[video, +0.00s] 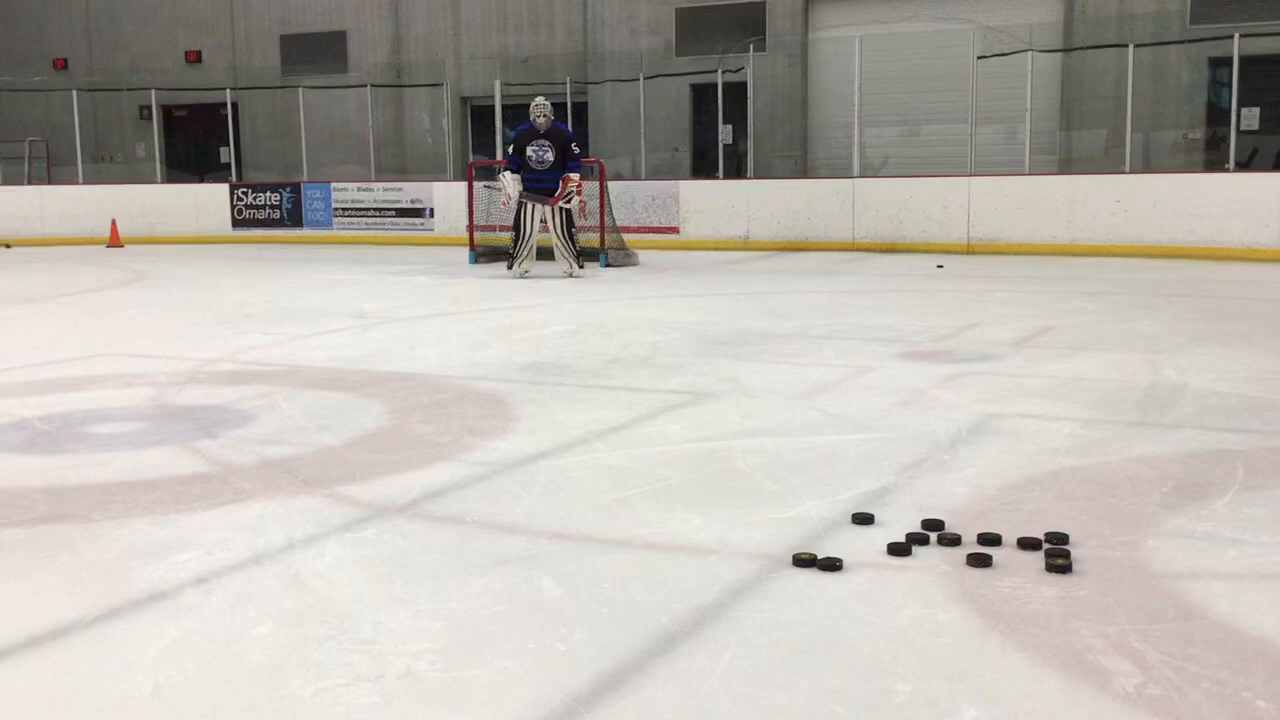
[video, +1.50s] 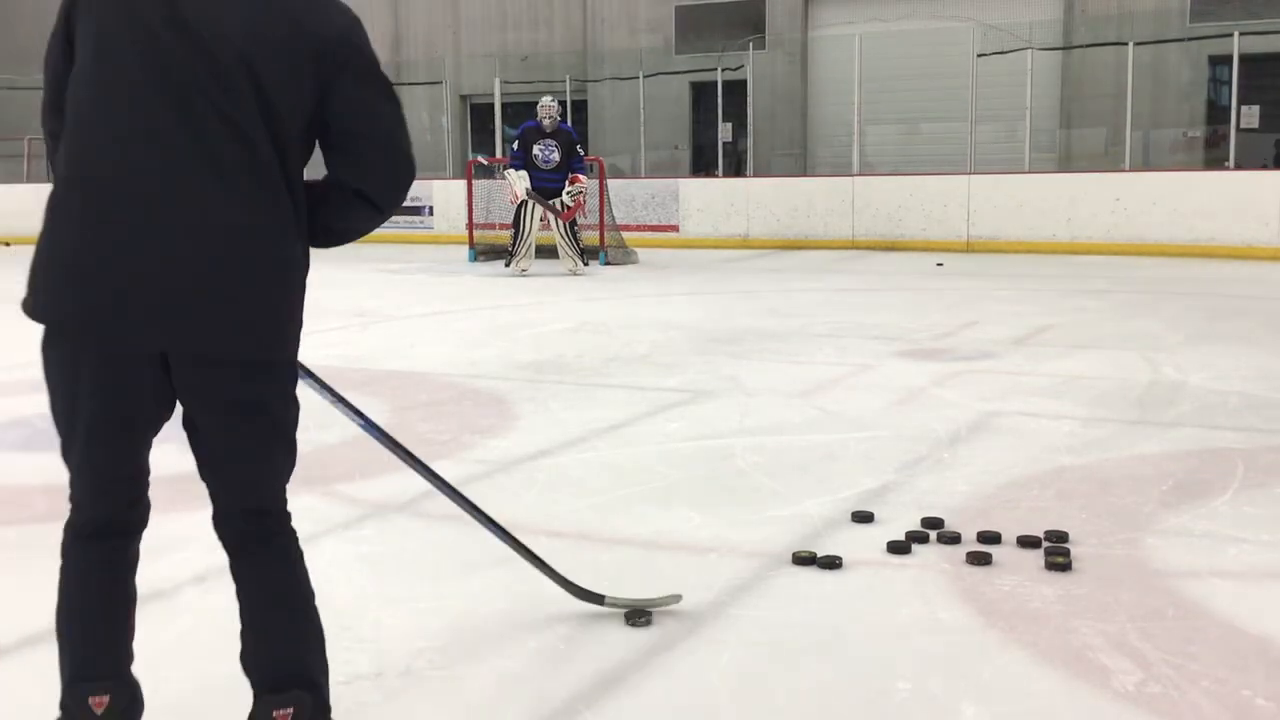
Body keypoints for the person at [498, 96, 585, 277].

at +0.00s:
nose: (541, 120)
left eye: (544, 116)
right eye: (537, 116)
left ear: (550, 116)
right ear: (531, 117)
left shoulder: (563, 134)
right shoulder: (522, 134)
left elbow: (574, 161)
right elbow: (513, 162)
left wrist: (571, 187)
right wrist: (511, 187)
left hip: (556, 193)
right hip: (529, 192)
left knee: (562, 232)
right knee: (524, 231)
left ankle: (572, 267)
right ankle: (520, 268)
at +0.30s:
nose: (542, 118)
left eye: (545, 114)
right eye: (538, 115)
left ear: (552, 115)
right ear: (533, 115)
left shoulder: (563, 133)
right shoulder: (522, 132)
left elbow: (575, 160)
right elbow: (510, 156)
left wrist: (574, 181)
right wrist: (510, 175)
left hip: (556, 191)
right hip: (529, 190)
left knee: (562, 230)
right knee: (523, 229)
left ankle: (572, 266)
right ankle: (520, 267)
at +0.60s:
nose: (546, 118)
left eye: (550, 114)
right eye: (543, 114)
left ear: (556, 115)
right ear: (537, 114)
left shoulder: (565, 133)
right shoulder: (526, 131)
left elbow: (576, 160)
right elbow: (516, 160)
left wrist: (576, 184)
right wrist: (514, 184)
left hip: (556, 190)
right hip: (530, 189)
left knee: (562, 228)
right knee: (523, 227)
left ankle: (573, 265)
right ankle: (520, 265)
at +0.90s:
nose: (549, 115)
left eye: (553, 111)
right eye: (546, 111)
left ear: (559, 113)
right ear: (539, 113)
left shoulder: (567, 134)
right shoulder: (528, 130)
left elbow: (577, 162)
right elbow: (514, 157)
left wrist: (578, 184)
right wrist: (510, 176)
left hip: (557, 190)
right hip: (530, 190)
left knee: (564, 229)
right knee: (523, 228)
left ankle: (575, 266)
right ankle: (519, 266)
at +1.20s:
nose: (550, 114)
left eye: (554, 110)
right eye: (547, 109)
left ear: (560, 113)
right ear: (540, 111)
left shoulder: (568, 134)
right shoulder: (527, 130)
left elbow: (577, 163)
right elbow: (516, 158)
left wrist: (576, 186)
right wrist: (518, 182)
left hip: (557, 191)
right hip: (531, 189)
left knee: (564, 229)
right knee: (525, 228)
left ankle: (575, 266)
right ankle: (519, 266)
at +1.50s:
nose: (547, 113)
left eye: (550, 109)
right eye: (543, 109)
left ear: (557, 111)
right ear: (538, 111)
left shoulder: (567, 133)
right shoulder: (527, 131)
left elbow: (577, 162)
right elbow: (516, 160)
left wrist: (577, 187)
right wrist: (519, 184)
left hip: (559, 191)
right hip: (532, 190)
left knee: (565, 229)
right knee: (525, 228)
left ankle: (576, 265)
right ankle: (520, 265)